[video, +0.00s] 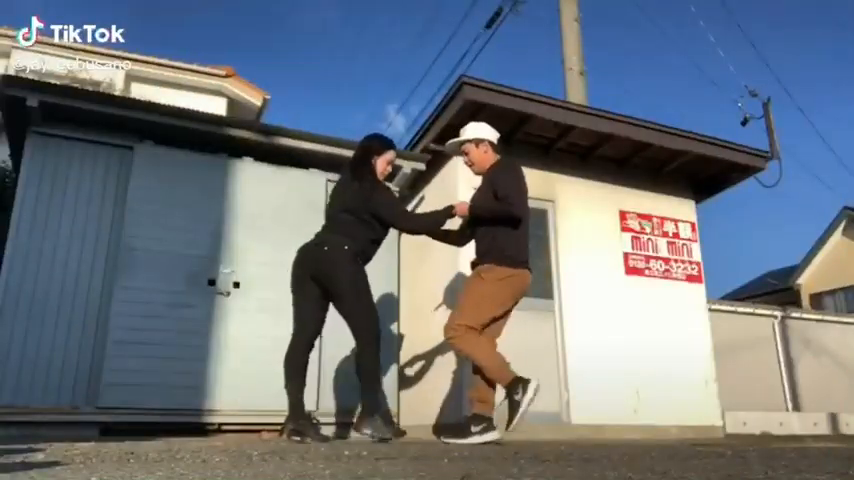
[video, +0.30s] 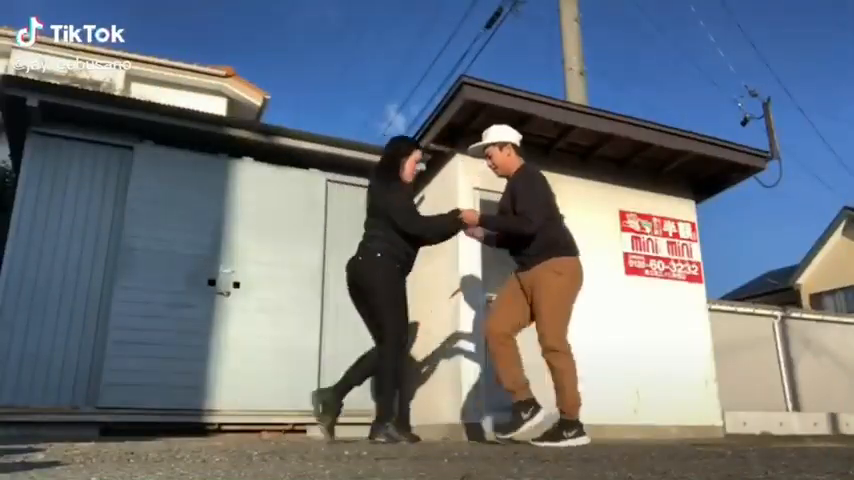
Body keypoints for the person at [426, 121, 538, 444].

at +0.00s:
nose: (465, 159)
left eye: (467, 152)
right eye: (463, 154)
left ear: (485, 146)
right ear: (482, 150)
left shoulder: (505, 170)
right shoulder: (487, 187)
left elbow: (515, 211)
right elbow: (461, 237)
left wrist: (470, 211)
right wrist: (423, 225)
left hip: (501, 270)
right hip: (503, 272)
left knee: (458, 331)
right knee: (483, 343)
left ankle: (514, 385)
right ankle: (481, 420)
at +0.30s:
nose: (488, 163)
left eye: (491, 155)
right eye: (486, 157)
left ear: (508, 150)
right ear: (504, 154)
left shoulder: (528, 178)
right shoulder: (513, 188)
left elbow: (528, 224)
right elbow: (517, 238)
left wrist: (482, 218)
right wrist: (483, 235)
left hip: (555, 267)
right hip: (528, 274)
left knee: (554, 343)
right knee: (497, 329)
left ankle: (571, 423)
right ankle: (527, 407)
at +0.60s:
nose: (510, 170)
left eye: (511, 162)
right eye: (507, 164)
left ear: (528, 154)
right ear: (527, 158)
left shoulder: (552, 176)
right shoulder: (549, 187)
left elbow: (535, 212)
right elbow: (525, 239)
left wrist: (490, 209)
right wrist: (476, 235)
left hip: (580, 270)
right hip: (584, 270)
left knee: (557, 339)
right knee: (605, 346)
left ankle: (570, 422)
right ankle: (654, 410)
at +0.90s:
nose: (509, 166)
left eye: (511, 158)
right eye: (506, 160)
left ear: (529, 150)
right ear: (523, 155)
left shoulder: (552, 177)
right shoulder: (534, 191)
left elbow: (568, 221)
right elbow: (540, 242)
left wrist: (521, 227)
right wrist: (511, 240)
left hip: (582, 269)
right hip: (557, 277)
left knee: (576, 346)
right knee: (550, 348)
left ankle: (600, 422)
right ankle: (615, 395)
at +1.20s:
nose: (490, 162)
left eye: (491, 154)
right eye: (487, 157)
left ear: (510, 147)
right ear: (500, 153)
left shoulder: (539, 170)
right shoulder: (508, 188)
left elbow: (557, 211)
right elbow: (490, 234)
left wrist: (516, 191)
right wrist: (461, 206)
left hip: (558, 272)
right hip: (525, 280)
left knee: (575, 347)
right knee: (507, 341)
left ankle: (600, 423)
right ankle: (506, 419)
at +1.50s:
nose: (465, 163)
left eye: (466, 155)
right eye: (462, 158)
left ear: (484, 147)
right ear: (486, 151)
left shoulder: (503, 174)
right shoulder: (508, 182)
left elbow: (493, 212)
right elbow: (486, 248)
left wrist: (453, 215)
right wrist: (446, 246)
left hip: (505, 272)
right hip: (522, 277)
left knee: (457, 325)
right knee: (491, 345)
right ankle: (500, 426)